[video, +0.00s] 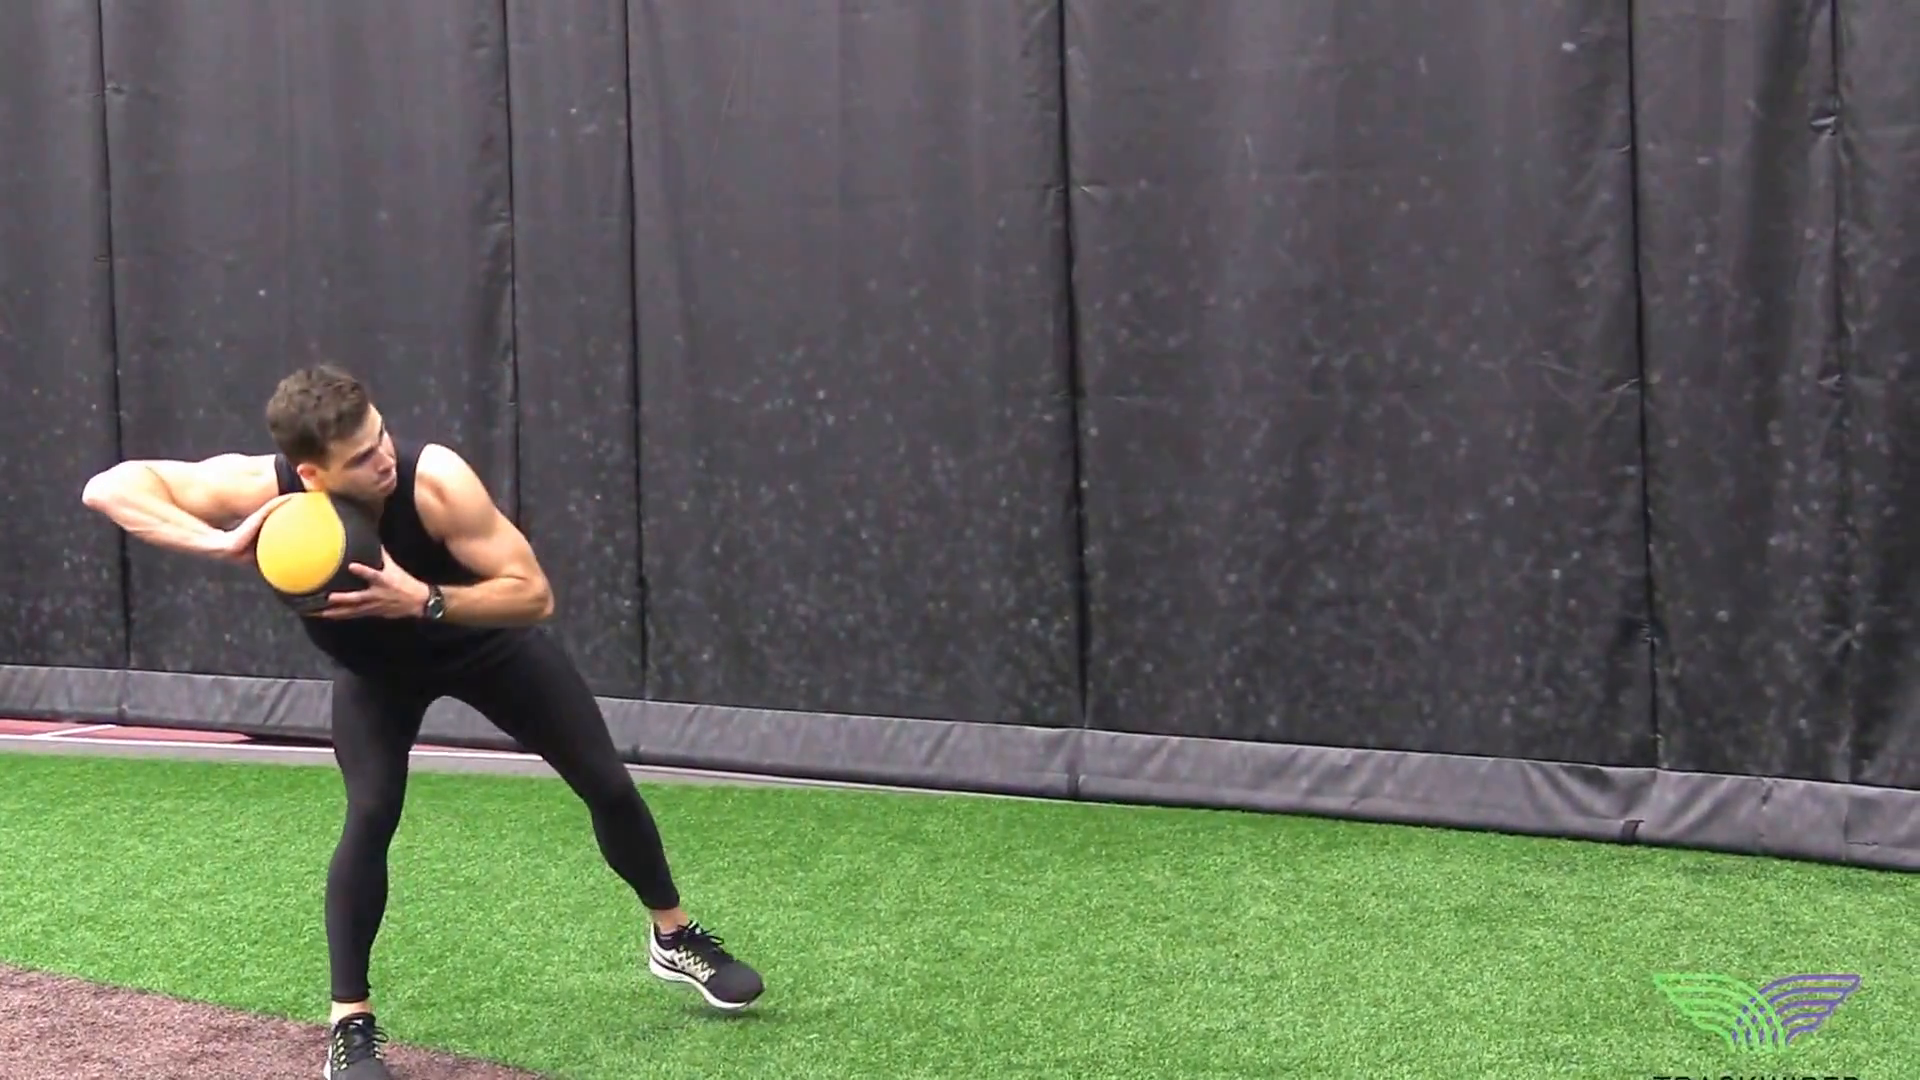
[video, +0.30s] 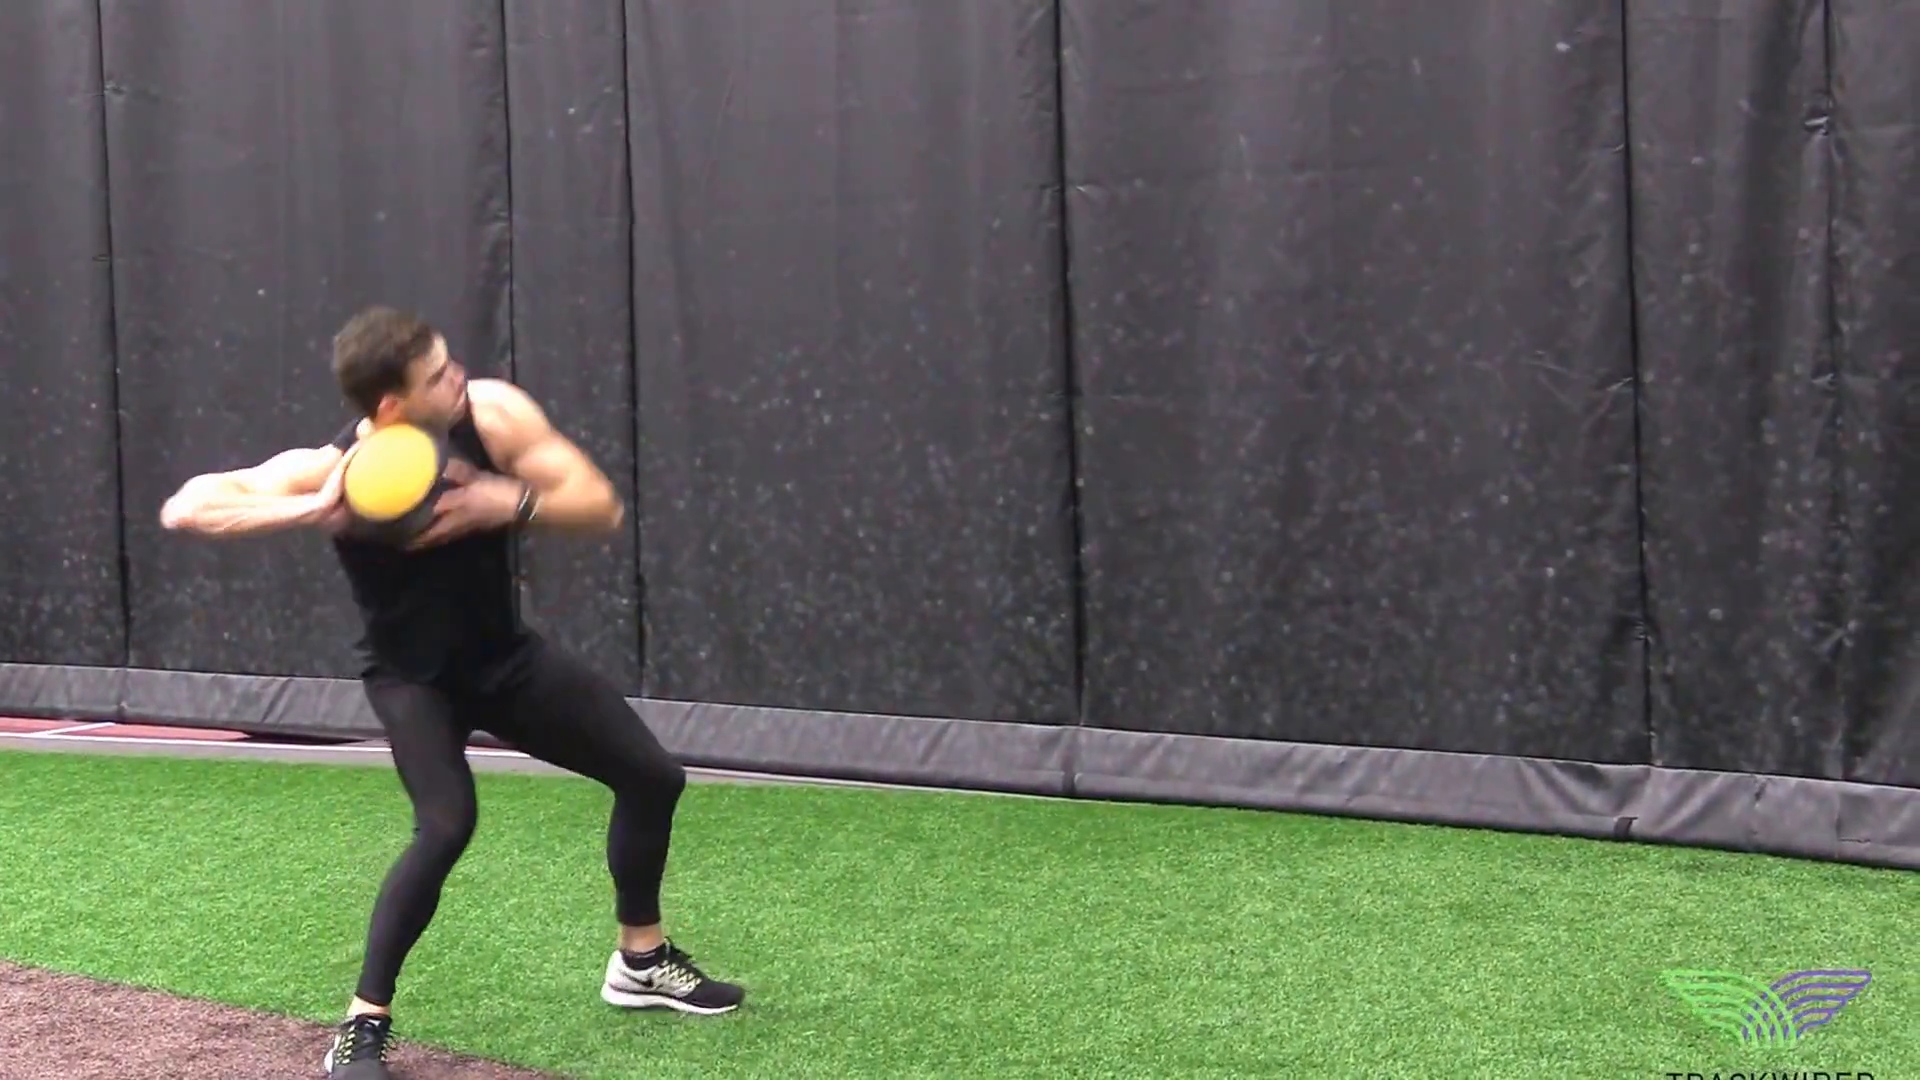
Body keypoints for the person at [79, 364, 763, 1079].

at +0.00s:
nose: (385, 457)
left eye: (382, 438)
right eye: (362, 457)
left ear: (385, 421)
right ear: (309, 471)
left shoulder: (439, 480)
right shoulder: (264, 489)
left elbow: (534, 596)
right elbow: (109, 487)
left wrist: (424, 599)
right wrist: (212, 542)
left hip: (493, 644)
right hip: (376, 667)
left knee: (609, 784)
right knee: (371, 811)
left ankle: (677, 935)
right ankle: (351, 1020)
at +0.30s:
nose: (457, 379)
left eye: (450, 363)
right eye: (436, 377)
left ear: (451, 360)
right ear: (389, 408)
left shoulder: (495, 412)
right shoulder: (333, 470)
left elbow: (600, 505)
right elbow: (183, 510)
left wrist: (512, 501)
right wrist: (305, 510)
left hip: (507, 659)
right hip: (411, 680)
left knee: (654, 777)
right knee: (446, 822)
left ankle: (641, 957)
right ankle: (367, 1018)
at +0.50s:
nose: (473, 212)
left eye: (461, 204)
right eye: (462, 207)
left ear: (420, 253)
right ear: (446, 239)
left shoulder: (441, 316)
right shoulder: (470, 319)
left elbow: (532, 300)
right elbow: (563, 298)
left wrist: (578, 228)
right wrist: (624, 207)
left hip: (560, 583)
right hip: (547, 589)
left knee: (620, 767)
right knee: (557, 786)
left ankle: (642, 962)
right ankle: (391, 954)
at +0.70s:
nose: (546, 199)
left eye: (530, 192)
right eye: (537, 193)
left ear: (458, 238)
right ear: (528, 212)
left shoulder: (449, 343)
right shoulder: (587, 256)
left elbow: (453, 442)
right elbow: (554, 286)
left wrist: (472, 324)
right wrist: (490, 285)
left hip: (556, 570)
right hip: (640, 557)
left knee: (601, 767)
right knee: (644, 765)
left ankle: (639, 964)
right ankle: (557, 945)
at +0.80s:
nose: (569, 185)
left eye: (555, 181)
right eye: (563, 182)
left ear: (487, 235)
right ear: (559, 210)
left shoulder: (489, 338)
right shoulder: (615, 263)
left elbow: (462, 463)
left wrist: (466, 352)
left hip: (578, 569)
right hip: (664, 558)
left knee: (610, 761)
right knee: (642, 760)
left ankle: (643, 962)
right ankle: (576, 942)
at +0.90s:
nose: (587, 185)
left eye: (574, 179)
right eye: (581, 181)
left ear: (505, 230)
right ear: (575, 208)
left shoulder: (507, 332)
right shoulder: (634, 262)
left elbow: (473, 468)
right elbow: (609, 386)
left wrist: (473, 366)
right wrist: (517, 475)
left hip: (578, 564)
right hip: (667, 558)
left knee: (614, 763)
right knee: (633, 764)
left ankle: (641, 962)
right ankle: (578, 945)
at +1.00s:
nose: (603, 186)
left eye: (590, 179)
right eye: (596, 181)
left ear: (517, 225)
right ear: (586, 206)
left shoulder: (504, 329)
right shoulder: (656, 270)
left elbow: (477, 466)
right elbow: (657, 363)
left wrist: (485, 378)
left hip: (569, 563)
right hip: (658, 559)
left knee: (611, 762)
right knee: (628, 766)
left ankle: (641, 959)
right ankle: (571, 948)